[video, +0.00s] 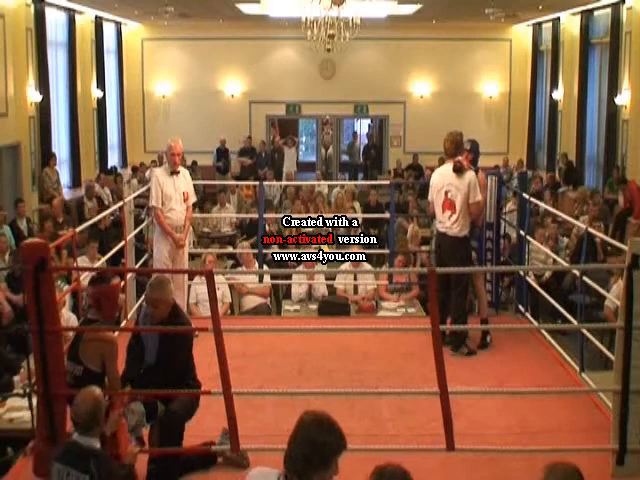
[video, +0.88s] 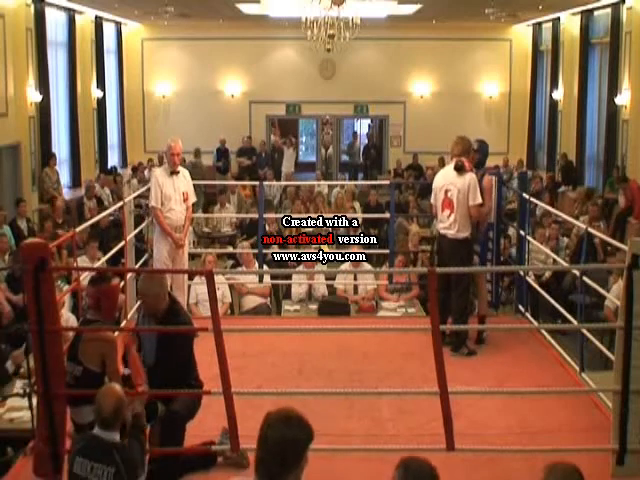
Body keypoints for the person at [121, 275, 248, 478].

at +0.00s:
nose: (152, 311)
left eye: (157, 307)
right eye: (149, 305)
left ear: (171, 303)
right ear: (145, 299)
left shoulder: (181, 326)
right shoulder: (143, 315)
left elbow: (170, 372)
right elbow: (133, 351)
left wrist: (138, 388)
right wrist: (127, 381)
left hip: (182, 389)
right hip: (151, 389)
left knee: (171, 417)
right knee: (164, 468)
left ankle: (158, 471)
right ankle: (216, 450)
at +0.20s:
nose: (148, 308)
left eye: (153, 303)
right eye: (145, 302)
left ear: (167, 301)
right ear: (142, 299)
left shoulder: (180, 326)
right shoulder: (142, 316)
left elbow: (170, 372)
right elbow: (133, 353)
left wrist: (136, 386)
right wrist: (126, 382)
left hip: (182, 389)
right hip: (150, 388)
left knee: (173, 417)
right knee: (163, 468)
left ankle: (159, 470)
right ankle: (216, 451)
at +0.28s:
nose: (141, 306)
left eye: (146, 302)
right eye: (141, 301)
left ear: (162, 302)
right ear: (141, 299)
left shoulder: (180, 326)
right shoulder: (142, 316)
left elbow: (171, 372)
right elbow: (133, 353)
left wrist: (138, 385)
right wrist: (129, 382)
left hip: (183, 389)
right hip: (151, 389)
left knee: (173, 417)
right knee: (162, 469)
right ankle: (216, 450)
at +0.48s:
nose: (143, 309)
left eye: (147, 304)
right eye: (141, 303)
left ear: (162, 303)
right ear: (140, 302)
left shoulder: (180, 326)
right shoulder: (141, 318)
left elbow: (172, 373)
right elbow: (132, 353)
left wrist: (141, 383)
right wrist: (131, 379)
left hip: (183, 388)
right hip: (151, 387)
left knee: (174, 416)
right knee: (161, 467)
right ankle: (216, 450)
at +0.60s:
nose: (142, 310)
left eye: (145, 305)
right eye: (140, 304)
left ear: (161, 302)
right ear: (139, 301)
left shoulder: (180, 326)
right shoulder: (142, 315)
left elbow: (171, 370)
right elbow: (133, 348)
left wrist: (141, 378)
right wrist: (131, 370)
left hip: (183, 386)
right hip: (151, 383)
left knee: (173, 416)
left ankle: (166, 468)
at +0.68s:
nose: (141, 308)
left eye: (145, 304)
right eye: (139, 303)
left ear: (161, 301)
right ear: (138, 300)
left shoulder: (179, 325)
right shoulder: (142, 317)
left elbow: (171, 371)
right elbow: (132, 349)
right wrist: (129, 371)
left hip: (184, 388)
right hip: (154, 388)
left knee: (174, 416)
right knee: (161, 467)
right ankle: (216, 449)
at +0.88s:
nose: (143, 302)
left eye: (147, 296)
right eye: (141, 296)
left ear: (163, 295)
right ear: (139, 294)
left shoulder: (178, 323)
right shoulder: (141, 314)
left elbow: (176, 375)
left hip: (182, 390)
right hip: (150, 389)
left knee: (173, 417)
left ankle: (216, 452)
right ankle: (214, 447)